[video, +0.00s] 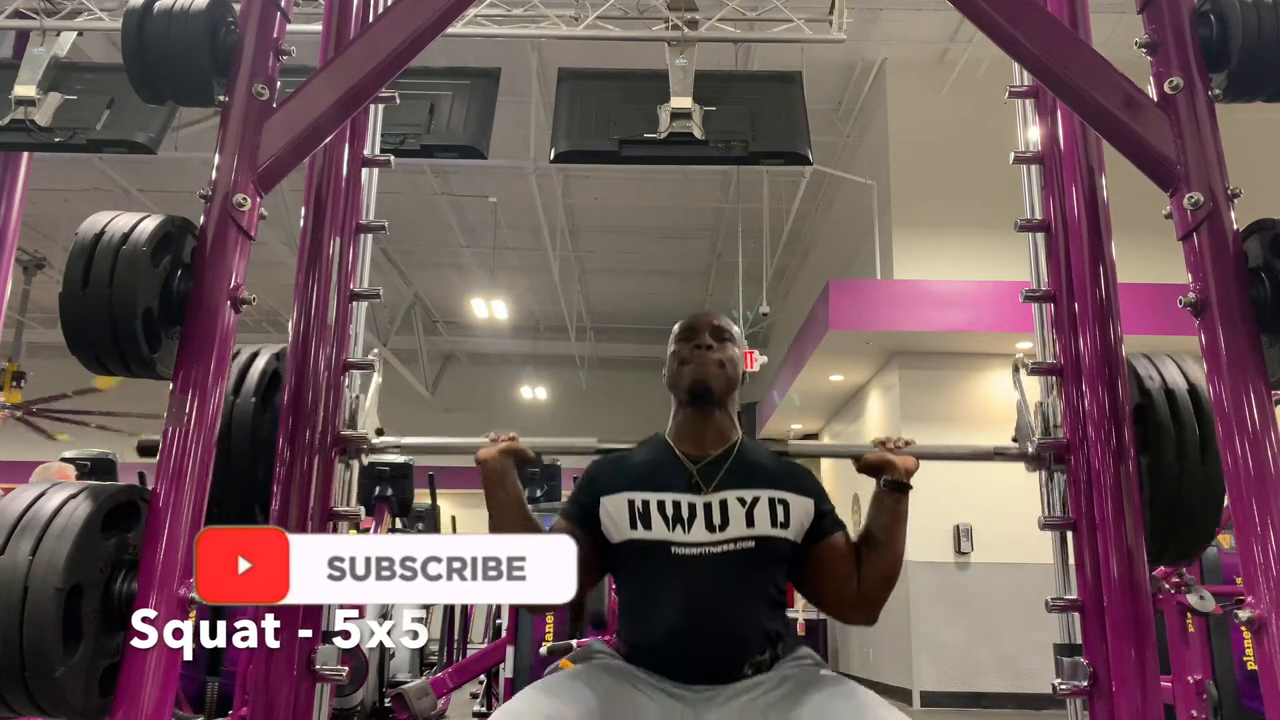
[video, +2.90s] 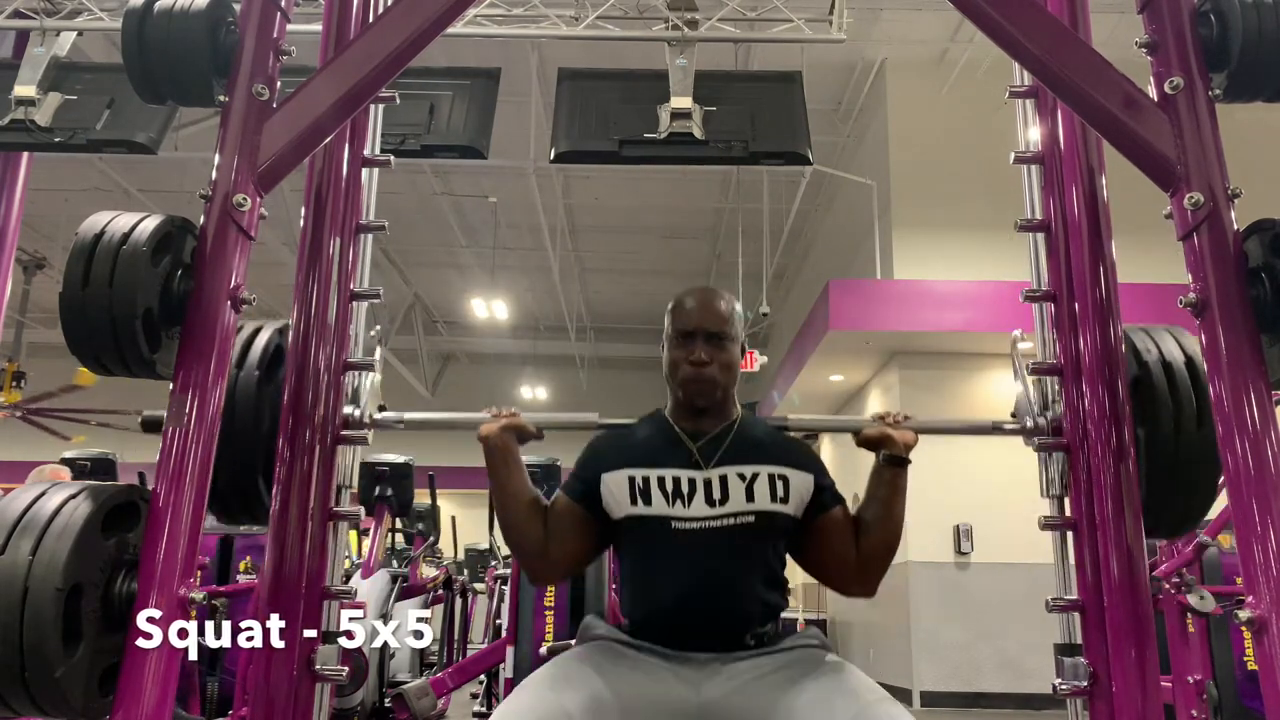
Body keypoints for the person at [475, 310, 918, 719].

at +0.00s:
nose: (703, 348)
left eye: (719, 340)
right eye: (687, 342)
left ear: (742, 371)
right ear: (666, 373)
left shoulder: (788, 481)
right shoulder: (612, 478)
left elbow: (858, 602)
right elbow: (543, 585)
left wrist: (894, 489)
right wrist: (500, 482)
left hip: (769, 683)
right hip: (637, 681)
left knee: (888, 719)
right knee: (513, 719)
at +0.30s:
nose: (707, 270)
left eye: (723, 267)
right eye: (691, 265)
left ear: (743, 310)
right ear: (668, 303)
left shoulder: (785, 405)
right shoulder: (616, 404)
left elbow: (856, 524)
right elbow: (548, 509)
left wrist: (889, 418)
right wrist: (502, 403)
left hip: (770, 624)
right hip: (635, 623)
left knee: (883, 715)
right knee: (527, 714)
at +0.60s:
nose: (706, 186)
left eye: (724, 183)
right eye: (692, 181)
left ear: (744, 218)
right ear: (671, 217)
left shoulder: (791, 319)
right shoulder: (618, 314)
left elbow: (857, 432)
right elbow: (547, 418)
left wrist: (887, 330)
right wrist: (507, 314)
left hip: (774, 547)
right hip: (638, 540)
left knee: (827, 708)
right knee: (588, 705)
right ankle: (675, 707)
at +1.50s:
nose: (707, 252)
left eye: (722, 246)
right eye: (691, 243)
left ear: (741, 279)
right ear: (667, 274)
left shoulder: (787, 383)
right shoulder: (615, 382)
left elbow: (856, 501)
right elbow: (549, 488)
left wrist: (889, 397)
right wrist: (504, 386)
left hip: (767, 615)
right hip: (632, 611)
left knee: (871, 713)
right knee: (532, 712)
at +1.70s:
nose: (703, 345)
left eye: (718, 334)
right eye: (689, 333)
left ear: (742, 354)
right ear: (668, 355)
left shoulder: (788, 463)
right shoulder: (615, 462)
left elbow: (858, 587)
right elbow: (548, 570)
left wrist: (893, 474)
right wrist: (501, 462)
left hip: (768, 677)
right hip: (635, 673)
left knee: (883, 717)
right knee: (518, 716)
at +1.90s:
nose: (699, 429)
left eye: (716, 414)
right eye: (685, 413)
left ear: (742, 425)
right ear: (664, 423)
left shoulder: (789, 531)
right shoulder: (612, 523)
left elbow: (859, 651)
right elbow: (542, 639)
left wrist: (895, 539)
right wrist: (498, 524)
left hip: (758, 707)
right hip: (639, 707)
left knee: (872, 719)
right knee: (519, 716)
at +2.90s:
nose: (698, 353)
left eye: (715, 340)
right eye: (684, 339)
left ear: (741, 355)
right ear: (664, 352)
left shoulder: (787, 457)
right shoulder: (613, 452)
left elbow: (858, 575)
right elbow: (545, 561)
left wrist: (892, 464)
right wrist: (502, 456)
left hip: (768, 666)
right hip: (633, 663)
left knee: (885, 716)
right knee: (520, 714)